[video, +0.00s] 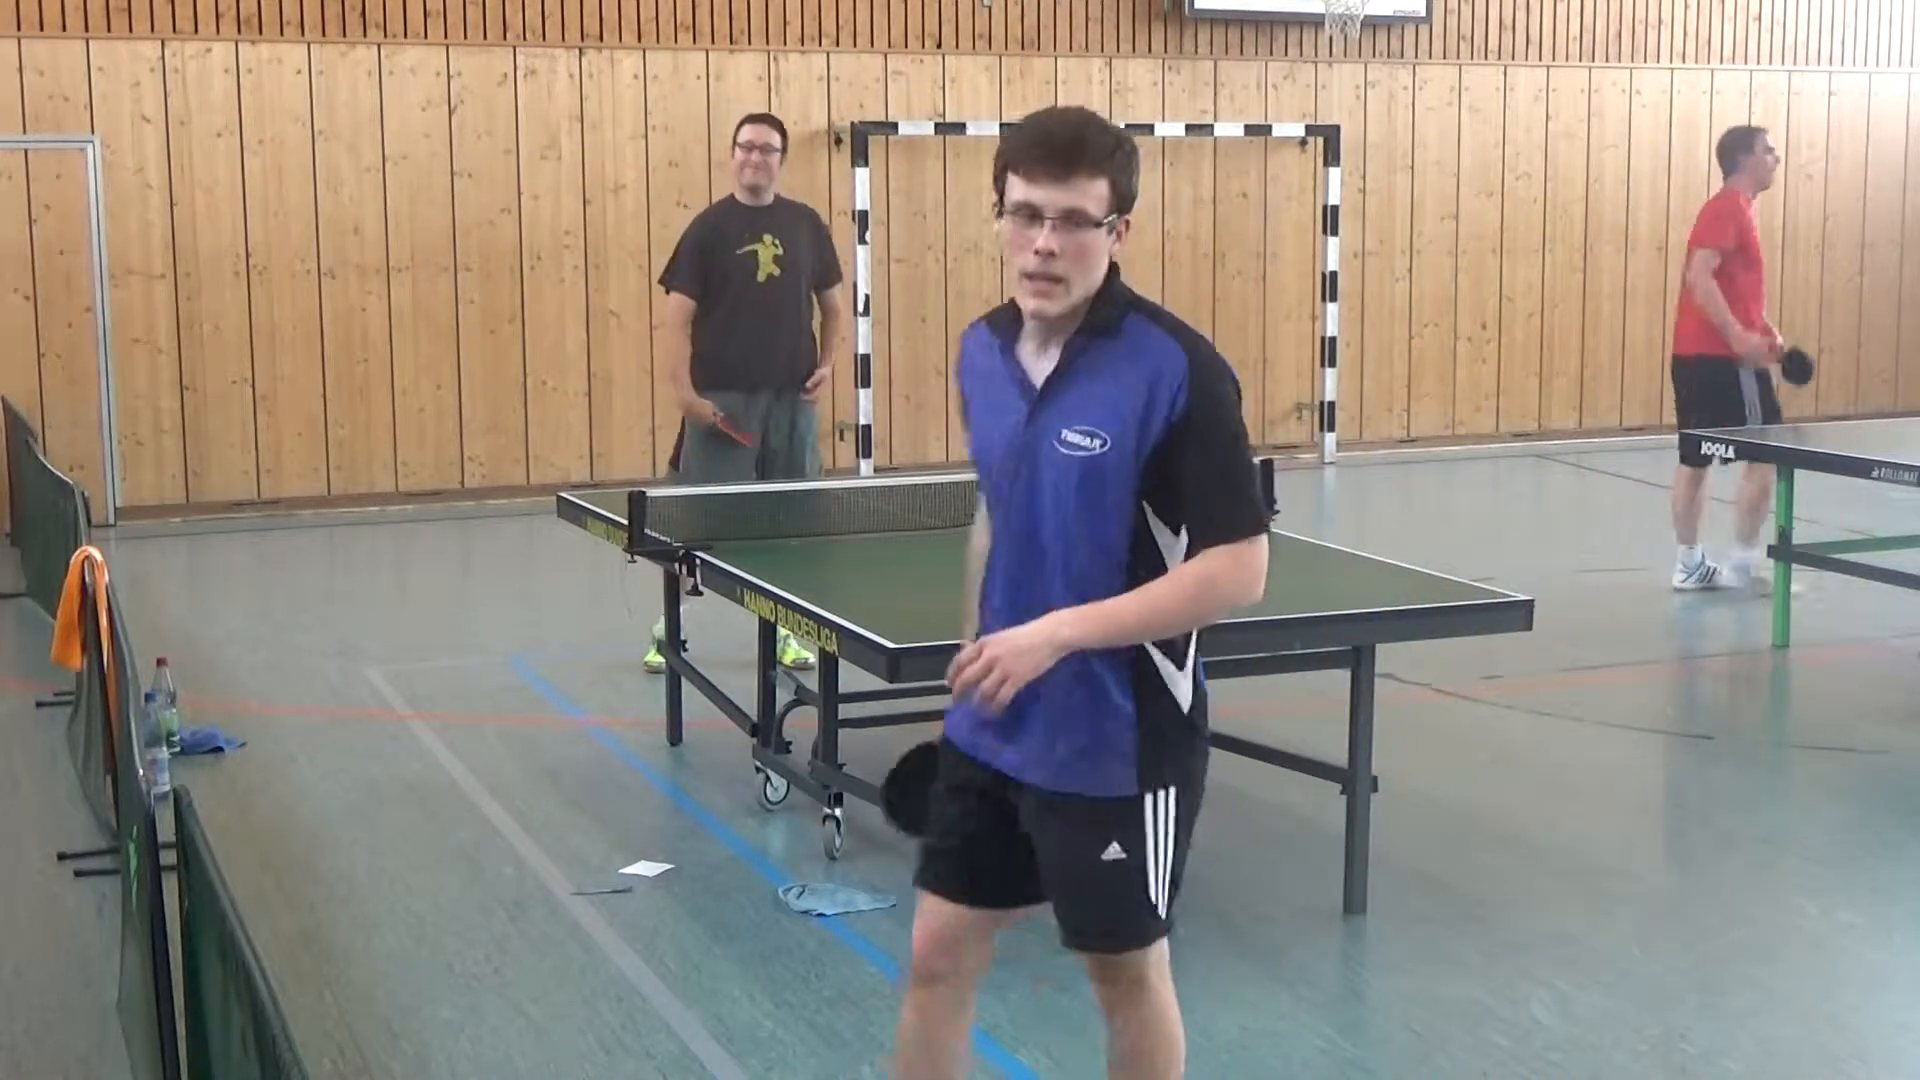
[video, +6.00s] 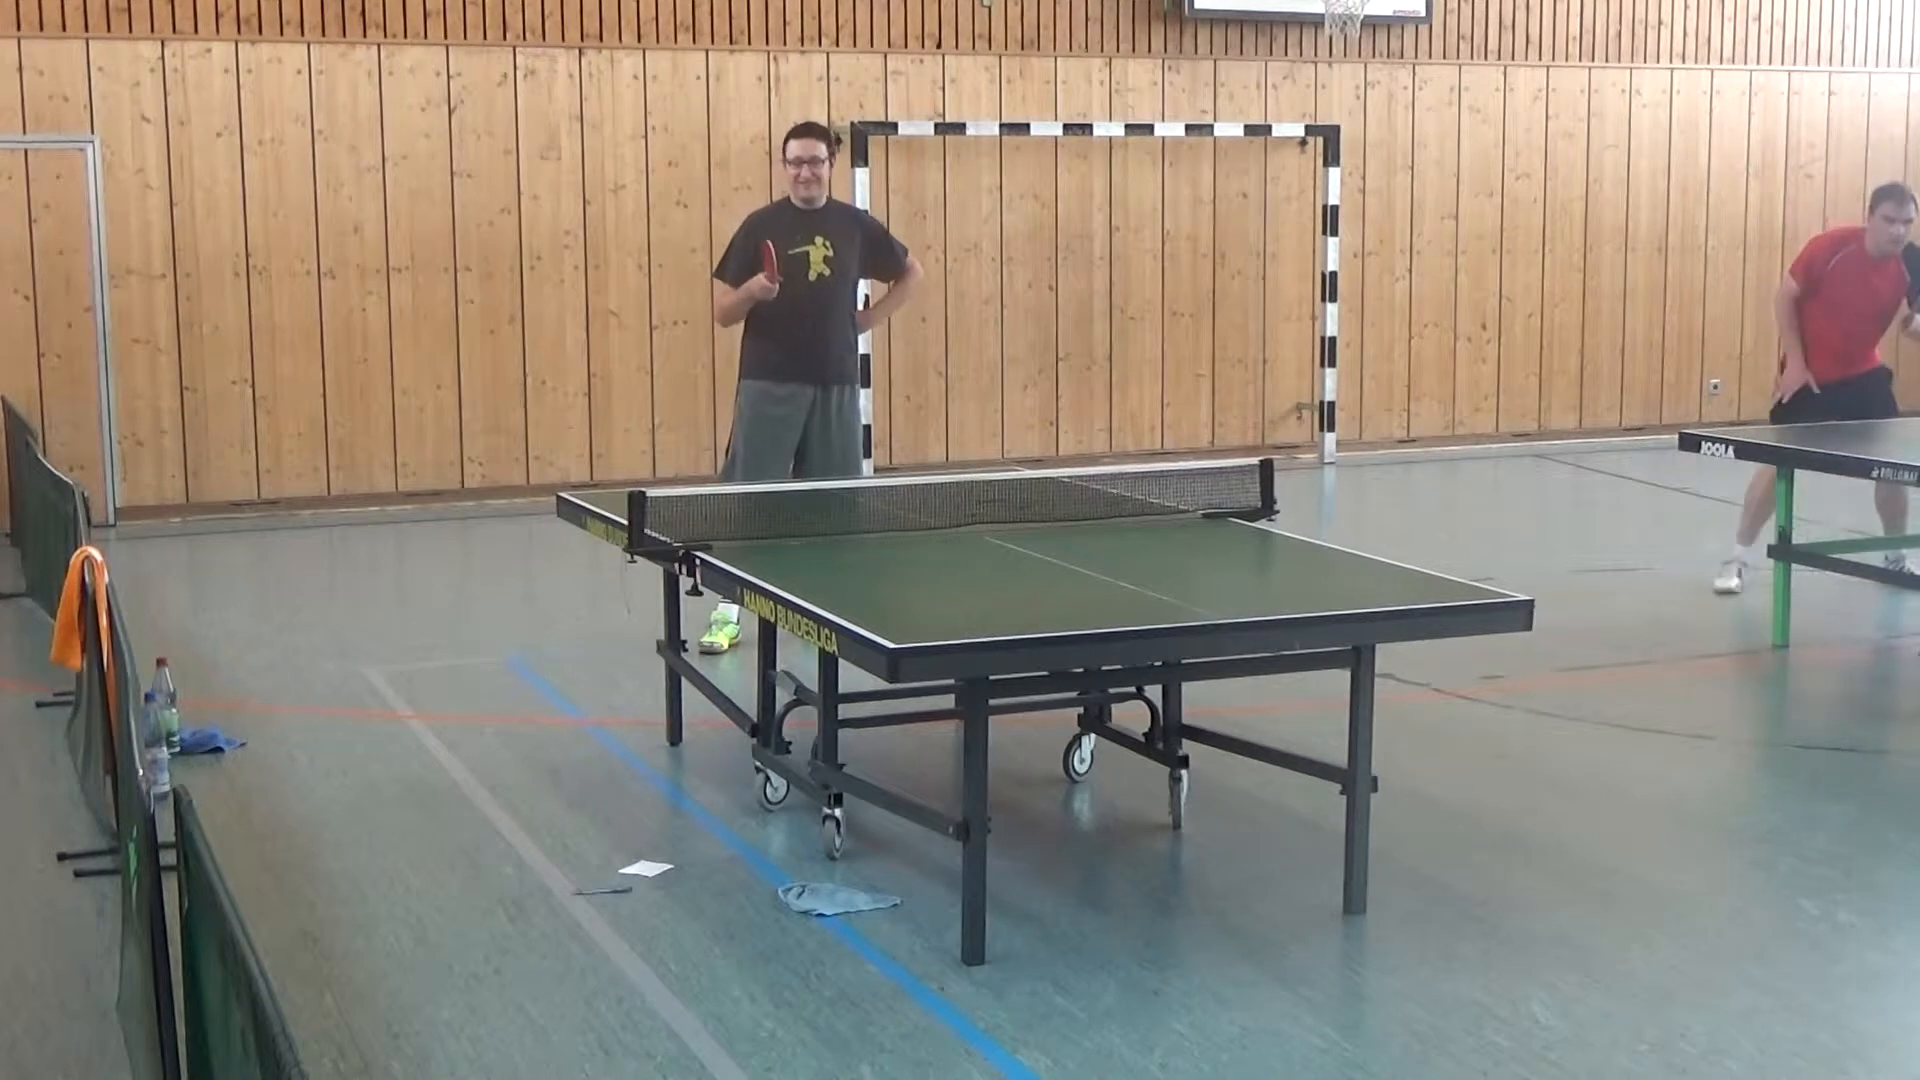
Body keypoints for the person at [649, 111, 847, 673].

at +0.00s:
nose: (757, 157)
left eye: (768, 150)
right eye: (748, 148)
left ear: (782, 159)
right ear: (732, 155)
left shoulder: (806, 223)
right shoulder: (708, 228)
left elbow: (834, 304)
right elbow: (675, 317)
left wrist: (829, 363)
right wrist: (685, 394)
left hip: (794, 401)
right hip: (722, 400)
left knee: (797, 525)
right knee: (695, 521)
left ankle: (790, 631)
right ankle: (670, 627)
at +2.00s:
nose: (736, 157)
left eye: (736, 149)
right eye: (724, 151)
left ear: (732, 157)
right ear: (692, 162)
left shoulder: (764, 210)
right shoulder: (668, 234)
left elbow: (800, 287)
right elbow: (641, 326)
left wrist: (822, 357)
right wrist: (635, 412)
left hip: (778, 383)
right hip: (709, 392)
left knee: (791, 501)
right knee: (709, 506)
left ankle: (801, 605)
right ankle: (721, 604)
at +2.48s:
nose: (812, 164)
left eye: (812, 155)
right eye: (802, 156)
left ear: (804, 163)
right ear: (770, 163)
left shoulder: (824, 222)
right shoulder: (729, 225)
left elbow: (845, 298)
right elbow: (707, 315)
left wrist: (826, 336)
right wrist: (716, 394)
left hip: (808, 386)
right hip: (747, 386)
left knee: (804, 501)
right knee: (732, 498)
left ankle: (803, 604)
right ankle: (723, 603)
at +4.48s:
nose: (809, 173)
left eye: (818, 165)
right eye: (800, 164)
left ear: (830, 169)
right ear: (783, 166)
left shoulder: (851, 225)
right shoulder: (754, 228)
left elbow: (901, 269)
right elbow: (731, 317)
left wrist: (865, 315)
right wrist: (750, 393)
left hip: (835, 392)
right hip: (768, 392)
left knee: (841, 510)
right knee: (744, 505)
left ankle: (841, 614)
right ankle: (728, 608)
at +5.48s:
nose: (809, 172)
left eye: (817, 163)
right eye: (799, 163)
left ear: (830, 166)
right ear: (783, 165)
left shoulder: (853, 224)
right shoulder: (755, 227)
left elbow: (906, 271)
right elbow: (720, 309)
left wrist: (868, 313)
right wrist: (759, 311)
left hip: (836, 387)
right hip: (768, 389)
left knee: (837, 506)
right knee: (746, 501)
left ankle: (836, 612)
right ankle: (729, 607)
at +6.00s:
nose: (805, 171)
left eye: (815, 162)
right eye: (796, 162)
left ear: (831, 165)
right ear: (783, 167)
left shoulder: (856, 224)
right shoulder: (759, 227)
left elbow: (913, 274)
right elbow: (722, 312)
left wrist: (871, 316)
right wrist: (752, 290)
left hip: (837, 388)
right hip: (769, 388)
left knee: (839, 507)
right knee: (748, 501)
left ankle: (840, 613)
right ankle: (729, 606)